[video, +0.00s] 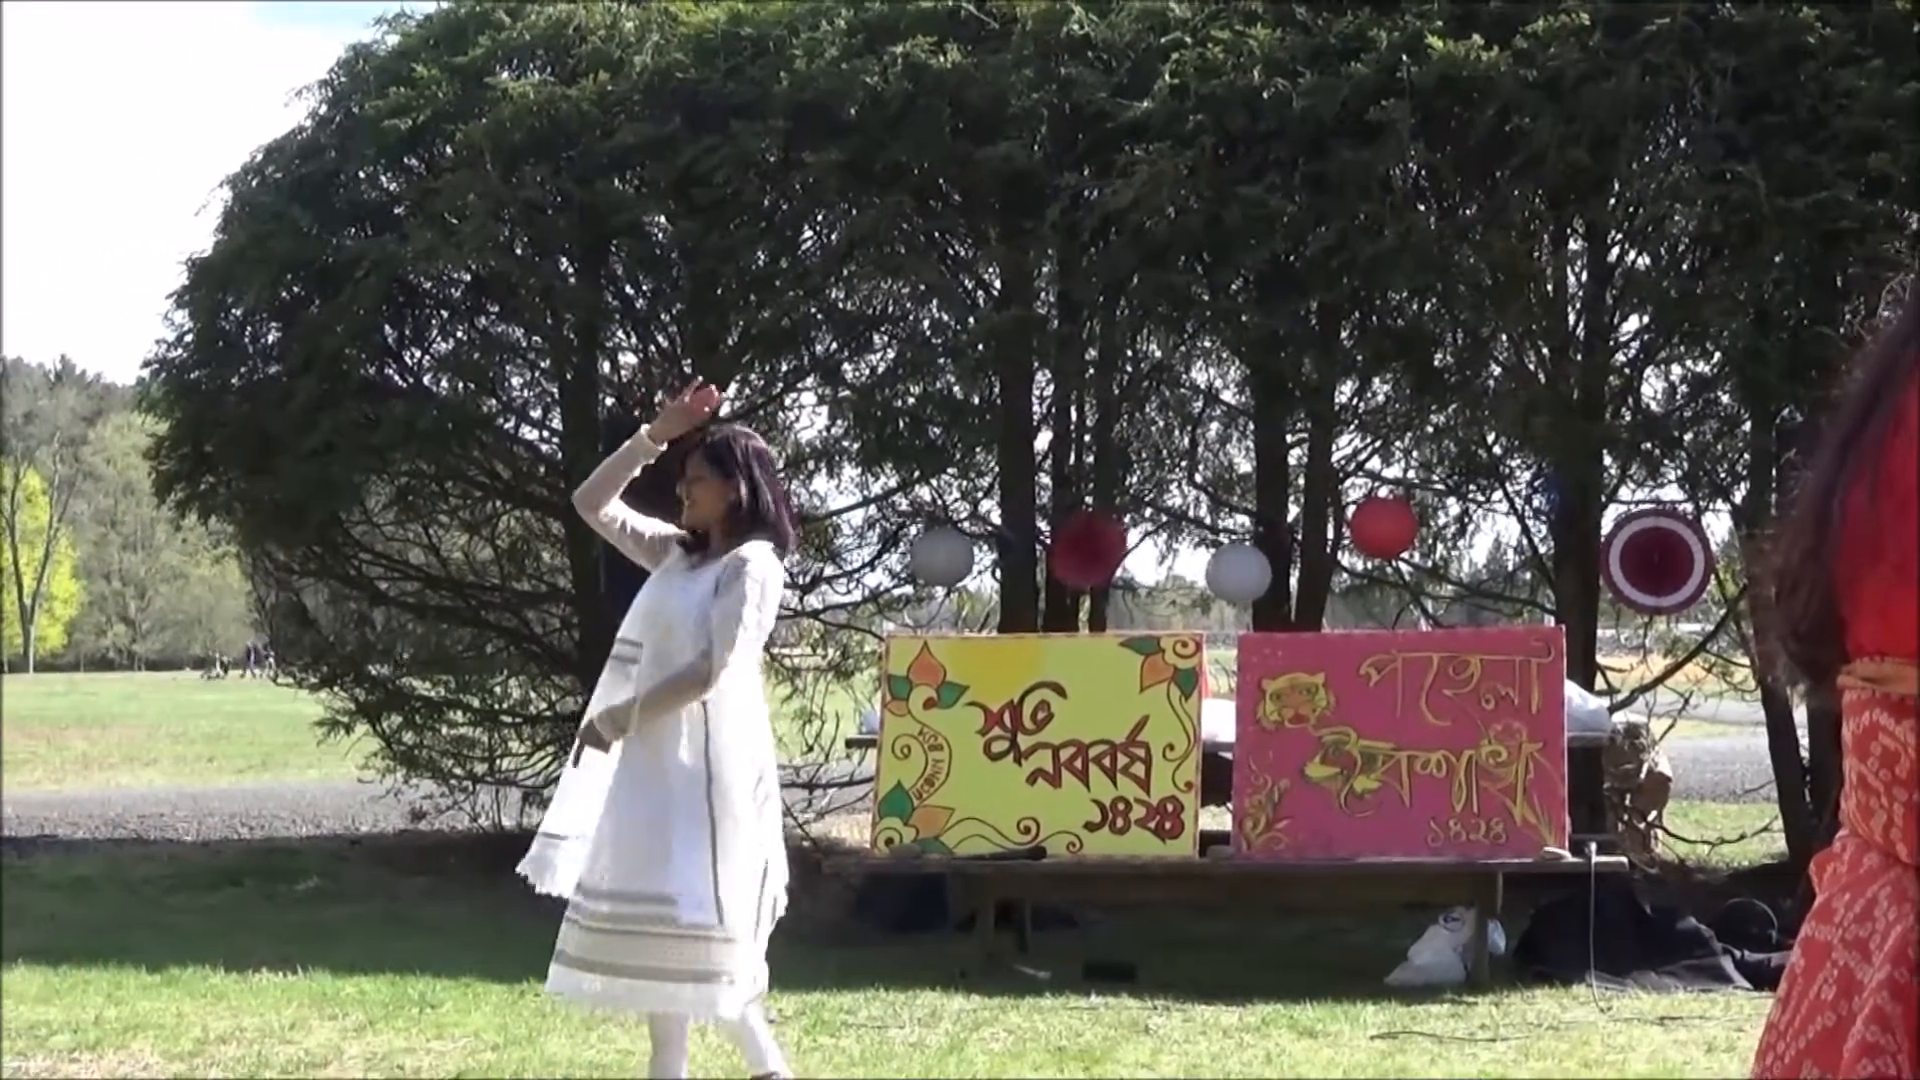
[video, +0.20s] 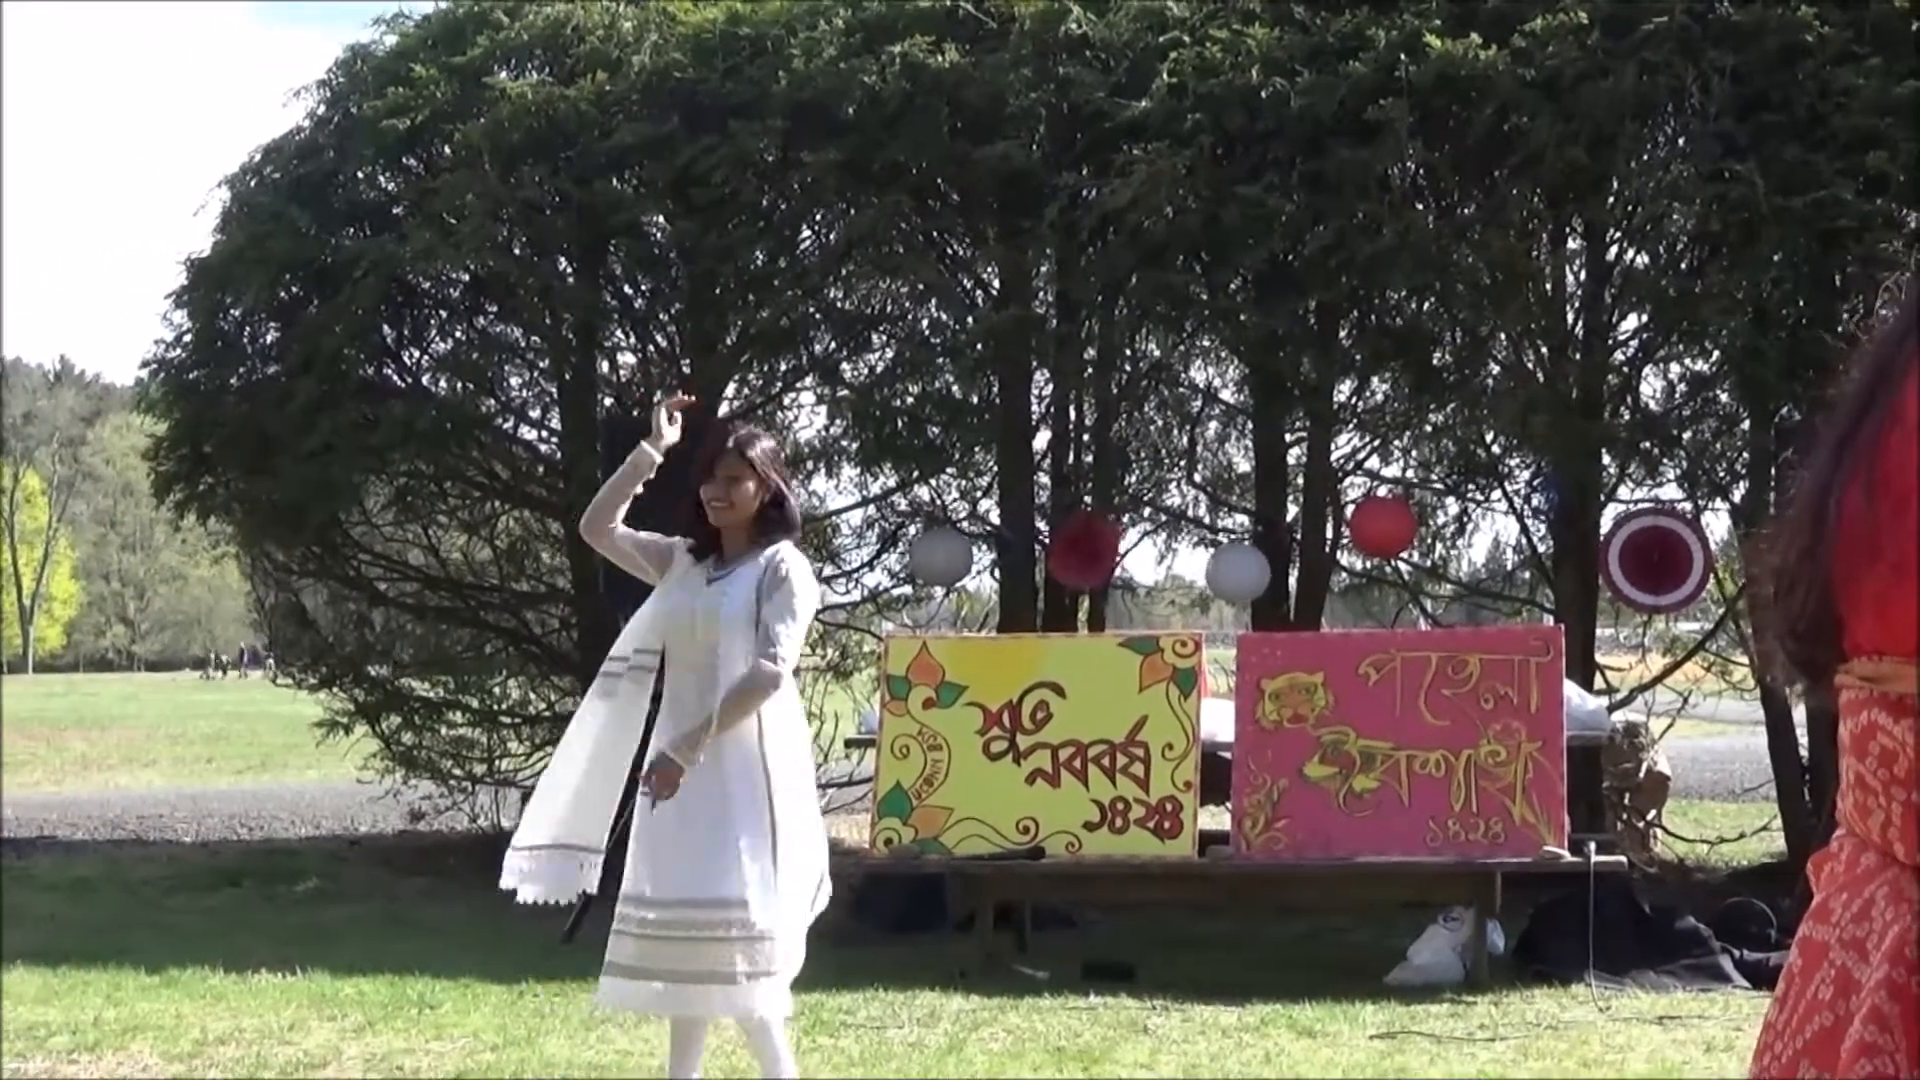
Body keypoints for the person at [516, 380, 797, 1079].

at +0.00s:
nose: (684, 491)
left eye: (697, 478)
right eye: (683, 480)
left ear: (738, 485)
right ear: (686, 487)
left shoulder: (753, 563)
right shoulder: (676, 553)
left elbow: (715, 670)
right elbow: (592, 501)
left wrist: (621, 715)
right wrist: (658, 430)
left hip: (707, 776)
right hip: (652, 772)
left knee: (703, 937)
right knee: (661, 932)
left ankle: (771, 1067)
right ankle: (667, 1069)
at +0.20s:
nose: (717, 489)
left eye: (734, 477)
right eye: (708, 475)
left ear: (767, 488)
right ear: (698, 484)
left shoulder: (782, 567)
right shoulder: (682, 560)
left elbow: (772, 672)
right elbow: (597, 528)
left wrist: (687, 747)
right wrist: (654, 447)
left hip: (744, 777)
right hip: (676, 771)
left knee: (735, 946)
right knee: (679, 937)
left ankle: (781, 1070)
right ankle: (682, 1072)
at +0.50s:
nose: (753, 488)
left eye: (767, 475)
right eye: (739, 477)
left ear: (790, 485)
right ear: (722, 489)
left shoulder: (812, 561)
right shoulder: (696, 564)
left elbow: (835, 667)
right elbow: (597, 558)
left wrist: (844, 757)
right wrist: (597, 459)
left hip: (781, 762)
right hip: (711, 758)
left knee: (743, 911)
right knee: (753, 917)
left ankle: (717, 1068)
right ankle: (785, 1067)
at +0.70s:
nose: (765, 488)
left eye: (776, 474)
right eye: (750, 476)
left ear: (795, 484)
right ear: (728, 488)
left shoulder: (818, 557)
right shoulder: (695, 560)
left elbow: (876, 647)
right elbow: (588, 561)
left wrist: (933, 719)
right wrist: (547, 474)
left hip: (795, 766)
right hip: (717, 765)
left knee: (754, 912)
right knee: (762, 920)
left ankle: (728, 1067)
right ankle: (788, 1068)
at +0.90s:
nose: (765, 482)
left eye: (775, 469)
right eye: (750, 471)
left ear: (794, 479)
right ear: (727, 483)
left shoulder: (821, 556)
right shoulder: (693, 558)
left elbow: (905, 624)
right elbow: (586, 565)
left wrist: (984, 665)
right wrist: (513, 506)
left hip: (803, 758)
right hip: (723, 756)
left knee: (764, 903)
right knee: (769, 912)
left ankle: (740, 1069)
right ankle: (788, 1069)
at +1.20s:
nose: (760, 487)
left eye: (771, 475)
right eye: (746, 475)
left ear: (790, 486)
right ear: (720, 486)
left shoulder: (812, 563)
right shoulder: (682, 565)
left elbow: (901, 624)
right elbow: (589, 606)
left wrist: (991, 675)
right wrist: (542, 577)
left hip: (786, 761)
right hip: (705, 761)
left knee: (776, 912)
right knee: (737, 913)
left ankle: (771, 1067)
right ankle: (778, 1063)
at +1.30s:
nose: (752, 489)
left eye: (764, 477)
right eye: (739, 477)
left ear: (785, 487)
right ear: (718, 488)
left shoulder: (809, 567)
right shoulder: (679, 571)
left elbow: (898, 636)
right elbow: (589, 629)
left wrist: (991, 691)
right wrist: (569, 603)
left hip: (782, 769)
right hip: (698, 769)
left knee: (773, 918)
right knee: (724, 920)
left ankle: (770, 1066)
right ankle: (770, 1065)